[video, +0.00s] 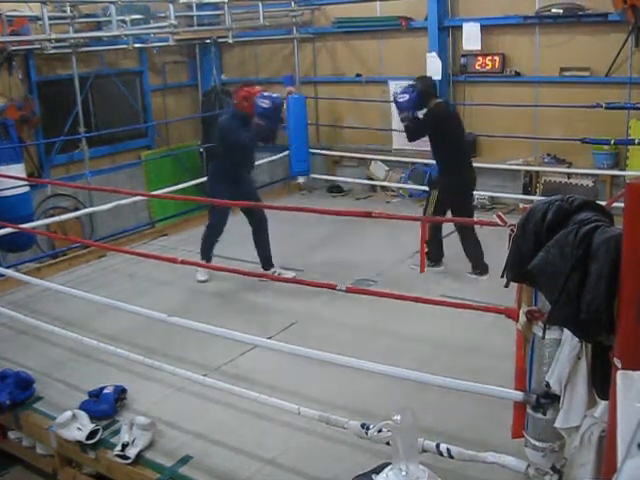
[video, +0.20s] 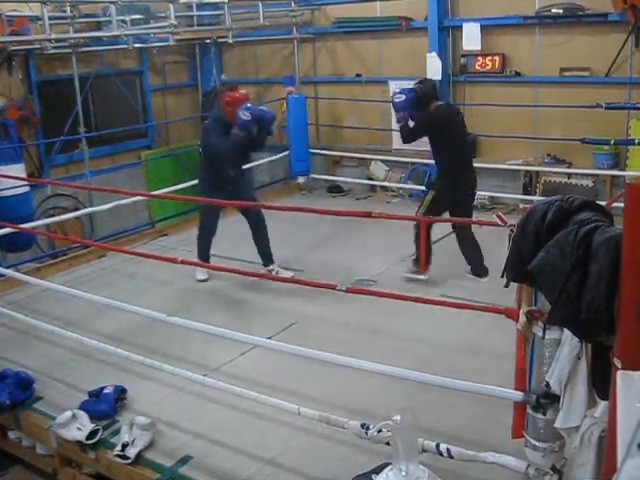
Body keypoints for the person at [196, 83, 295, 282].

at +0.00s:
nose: (256, 106)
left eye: (256, 102)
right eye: (252, 102)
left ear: (253, 104)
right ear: (242, 103)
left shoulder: (250, 121)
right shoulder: (227, 123)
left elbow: (268, 136)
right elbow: (245, 144)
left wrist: (279, 106)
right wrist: (256, 128)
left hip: (242, 179)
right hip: (221, 180)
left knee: (259, 220)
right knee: (216, 224)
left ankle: (268, 268)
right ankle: (204, 264)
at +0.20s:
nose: (243, 112)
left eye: (244, 107)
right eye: (239, 108)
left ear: (244, 107)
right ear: (228, 109)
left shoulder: (242, 123)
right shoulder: (212, 126)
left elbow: (255, 146)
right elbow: (218, 154)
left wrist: (263, 127)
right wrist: (238, 133)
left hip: (237, 180)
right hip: (213, 182)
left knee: (256, 219)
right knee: (208, 224)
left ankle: (269, 265)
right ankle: (203, 265)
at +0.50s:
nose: (247, 115)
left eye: (248, 111)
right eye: (243, 111)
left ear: (249, 112)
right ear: (232, 111)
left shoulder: (248, 125)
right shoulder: (216, 126)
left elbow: (265, 153)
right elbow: (215, 154)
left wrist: (265, 133)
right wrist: (236, 137)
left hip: (243, 183)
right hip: (219, 185)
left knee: (272, 215)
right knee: (211, 223)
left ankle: (282, 259)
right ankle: (202, 265)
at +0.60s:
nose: (256, 116)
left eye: (258, 113)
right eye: (253, 112)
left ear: (260, 113)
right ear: (243, 112)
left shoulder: (259, 131)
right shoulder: (226, 130)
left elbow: (282, 148)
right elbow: (217, 155)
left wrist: (289, 133)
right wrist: (236, 140)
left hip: (254, 186)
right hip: (229, 188)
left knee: (284, 218)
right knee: (214, 226)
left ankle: (308, 259)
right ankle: (202, 265)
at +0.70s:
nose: (280, 109)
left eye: (281, 104)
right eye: (275, 105)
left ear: (282, 106)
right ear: (264, 108)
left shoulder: (285, 125)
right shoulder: (251, 129)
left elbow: (316, 124)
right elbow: (228, 153)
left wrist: (340, 110)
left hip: (272, 187)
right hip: (246, 187)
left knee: (299, 219)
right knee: (222, 223)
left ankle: (324, 259)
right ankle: (205, 264)